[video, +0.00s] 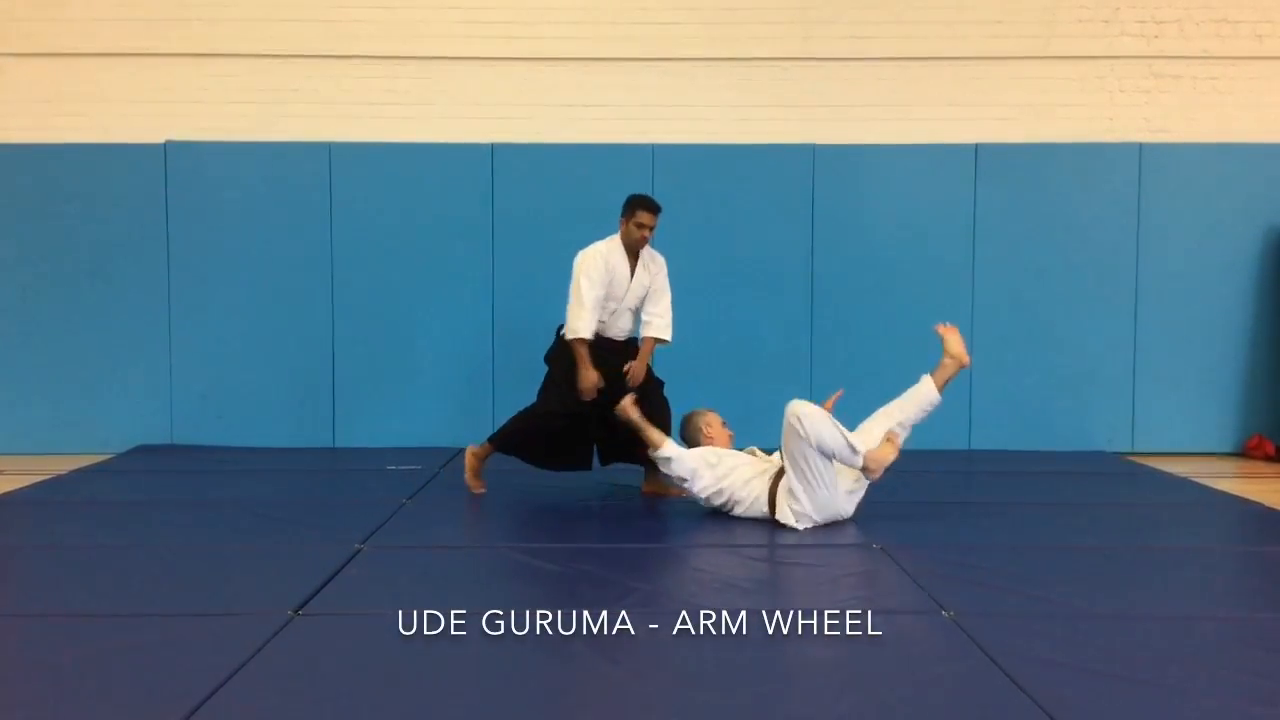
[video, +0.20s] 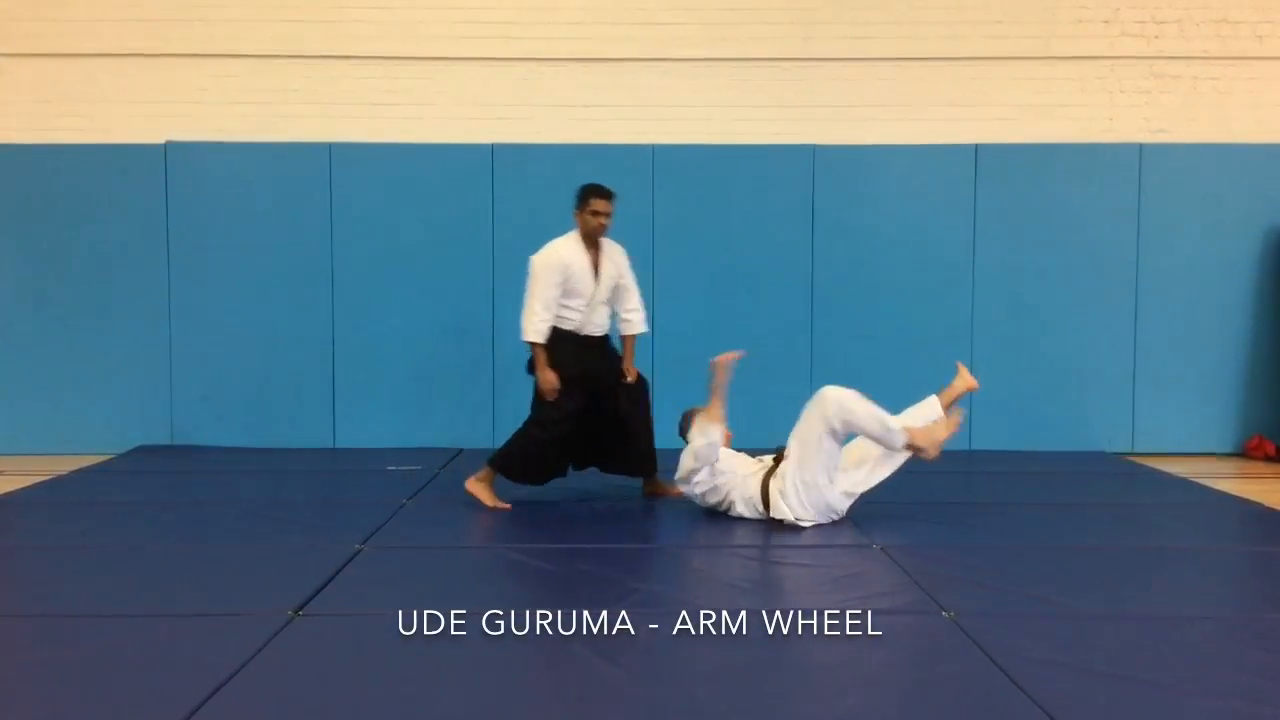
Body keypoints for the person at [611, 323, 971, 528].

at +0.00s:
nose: (727, 427)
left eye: (724, 422)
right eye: (718, 424)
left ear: (720, 431)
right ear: (701, 435)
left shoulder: (748, 457)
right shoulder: (697, 463)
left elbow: (792, 465)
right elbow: (663, 448)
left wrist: (820, 423)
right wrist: (635, 420)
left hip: (831, 496)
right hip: (800, 505)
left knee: (882, 424)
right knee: (799, 412)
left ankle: (949, 366)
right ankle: (868, 462)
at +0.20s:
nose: (719, 424)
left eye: (717, 419)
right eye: (708, 421)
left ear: (716, 430)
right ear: (691, 436)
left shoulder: (731, 465)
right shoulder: (698, 475)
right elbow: (707, 440)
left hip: (821, 501)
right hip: (793, 497)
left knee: (882, 442)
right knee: (829, 402)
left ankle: (946, 397)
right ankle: (918, 441)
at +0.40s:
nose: (744, 414)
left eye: (741, 409)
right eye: (737, 411)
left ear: (718, 421)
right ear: (720, 418)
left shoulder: (727, 464)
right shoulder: (725, 437)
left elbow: (755, 495)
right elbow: (783, 422)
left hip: (813, 507)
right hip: (801, 483)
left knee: (900, 460)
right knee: (889, 428)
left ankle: (977, 436)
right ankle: (964, 480)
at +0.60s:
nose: (797, 383)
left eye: (795, 378)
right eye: (793, 378)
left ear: (760, 387)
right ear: (784, 380)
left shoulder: (750, 437)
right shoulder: (784, 398)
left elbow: (781, 484)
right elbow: (854, 408)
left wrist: (829, 453)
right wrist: (913, 404)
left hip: (825, 508)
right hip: (829, 478)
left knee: (899, 463)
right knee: (915, 426)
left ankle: (964, 479)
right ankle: (944, 498)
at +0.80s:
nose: (846, 365)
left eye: (845, 361)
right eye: (845, 361)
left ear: (812, 362)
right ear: (840, 361)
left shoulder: (784, 410)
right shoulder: (835, 379)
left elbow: (778, 466)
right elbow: (891, 399)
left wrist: (813, 488)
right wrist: (938, 411)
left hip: (833, 508)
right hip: (841, 470)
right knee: (925, 426)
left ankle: (938, 507)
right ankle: (915, 504)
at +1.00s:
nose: (886, 357)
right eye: (884, 354)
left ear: (850, 358)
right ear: (881, 355)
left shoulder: (825, 390)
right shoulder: (885, 368)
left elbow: (802, 445)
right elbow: (945, 395)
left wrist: (805, 490)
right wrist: (960, 417)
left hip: (838, 490)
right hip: (863, 452)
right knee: (962, 445)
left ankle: (941, 514)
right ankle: (916, 513)